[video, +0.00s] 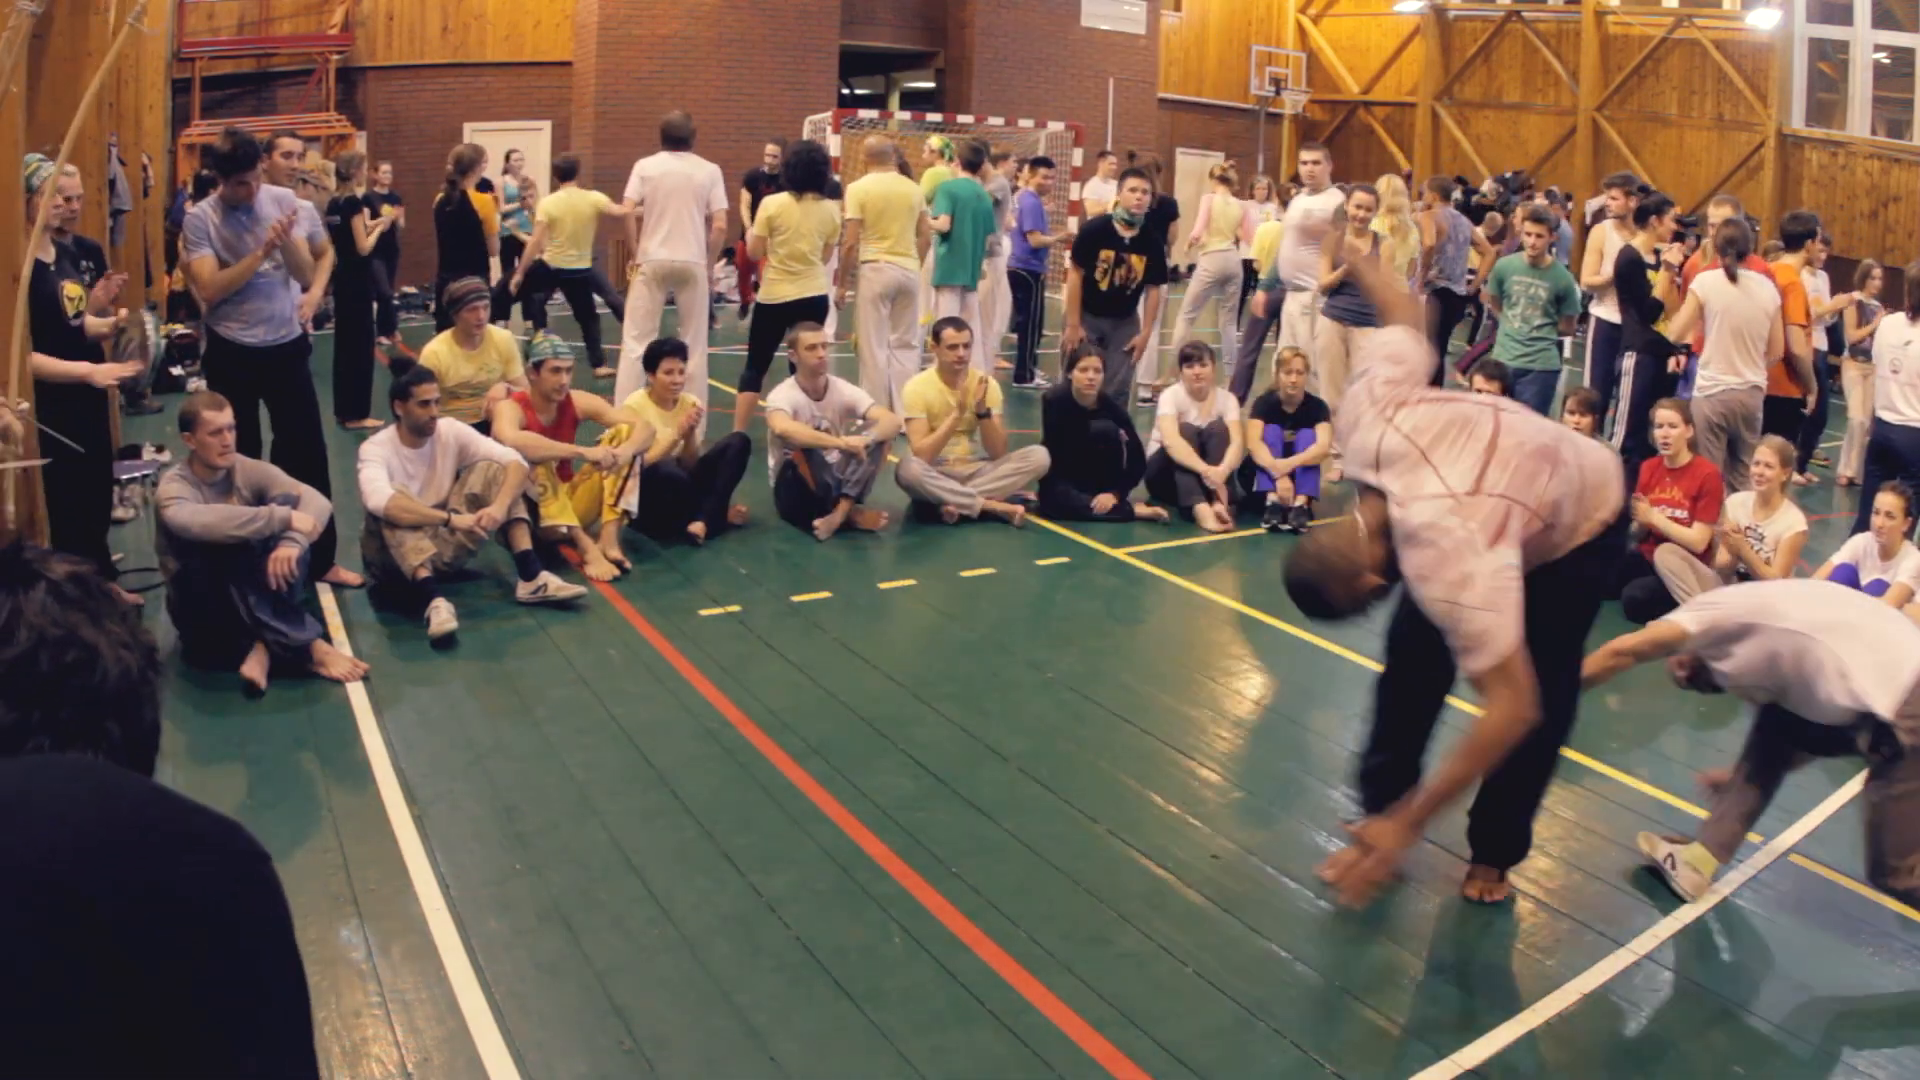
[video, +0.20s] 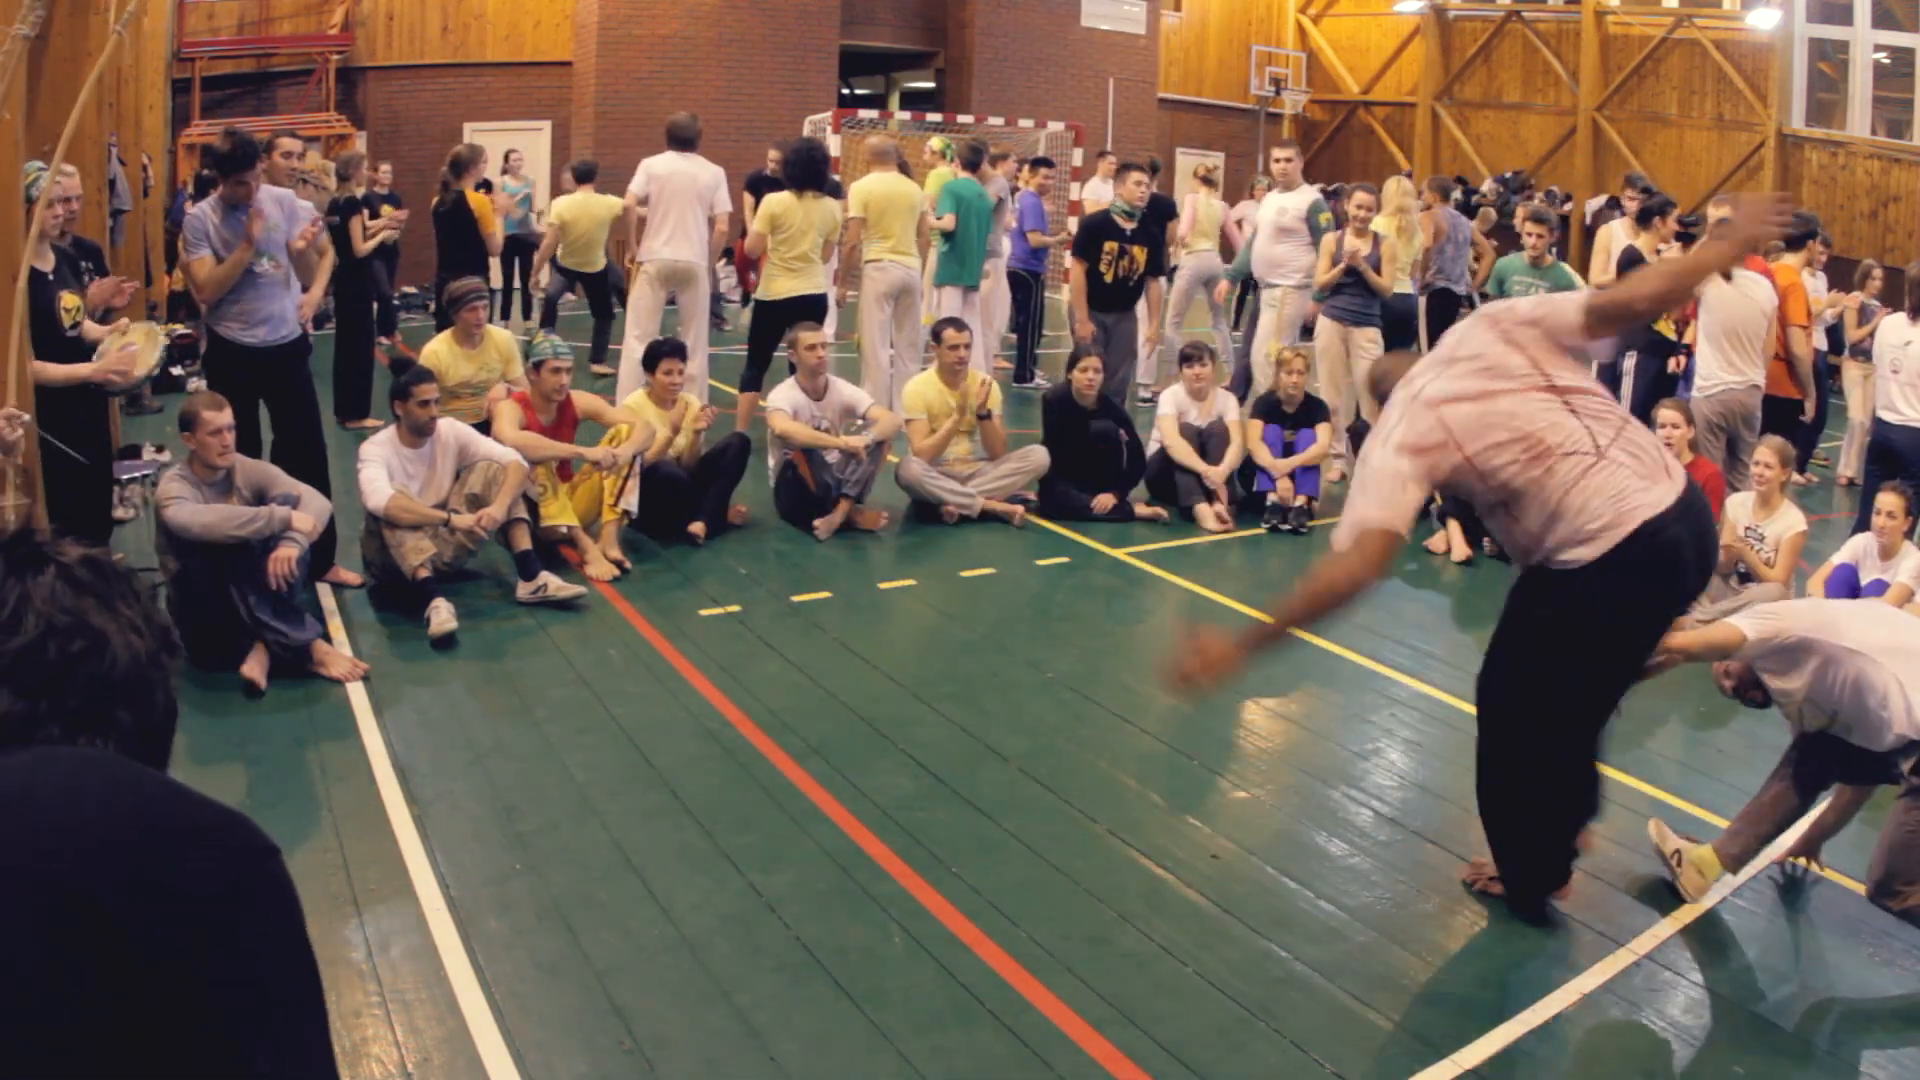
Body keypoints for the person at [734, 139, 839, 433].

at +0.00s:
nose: (778, 166)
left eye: (782, 162)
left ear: (787, 169)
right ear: (823, 172)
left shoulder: (771, 204)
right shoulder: (831, 209)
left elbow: (755, 249)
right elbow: (826, 254)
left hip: (774, 300)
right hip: (814, 298)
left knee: (755, 368)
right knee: (808, 367)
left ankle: (738, 436)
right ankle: (808, 435)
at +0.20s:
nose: (777, 166)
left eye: (781, 162)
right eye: (778, 161)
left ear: (788, 167)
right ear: (823, 169)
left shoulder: (773, 202)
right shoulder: (832, 206)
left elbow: (752, 248)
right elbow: (827, 255)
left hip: (775, 297)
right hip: (814, 296)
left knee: (756, 364)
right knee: (806, 364)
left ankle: (740, 434)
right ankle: (807, 431)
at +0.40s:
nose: (777, 165)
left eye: (782, 161)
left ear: (787, 166)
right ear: (822, 167)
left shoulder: (773, 200)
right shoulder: (831, 205)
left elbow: (753, 246)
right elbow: (825, 252)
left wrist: (775, 249)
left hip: (773, 292)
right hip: (812, 292)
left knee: (762, 367)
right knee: (804, 365)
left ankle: (760, 437)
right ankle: (805, 433)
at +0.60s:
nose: (773, 162)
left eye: (777, 158)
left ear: (782, 165)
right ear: (819, 166)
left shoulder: (771, 199)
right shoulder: (827, 202)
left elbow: (754, 246)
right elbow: (823, 249)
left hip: (770, 290)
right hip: (808, 290)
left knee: (768, 368)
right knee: (802, 365)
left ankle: (771, 440)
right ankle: (804, 435)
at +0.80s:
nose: (770, 162)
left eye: (774, 157)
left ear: (779, 163)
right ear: (815, 165)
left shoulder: (767, 196)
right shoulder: (824, 201)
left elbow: (752, 243)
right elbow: (820, 248)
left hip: (767, 287)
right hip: (805, 288)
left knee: (766, 369)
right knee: (798, 365)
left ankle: (771, 442)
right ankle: (800, 436)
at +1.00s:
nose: (767, 160)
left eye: (771, 156)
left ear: (775, 162)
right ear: (810, 164)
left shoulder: (763, 194)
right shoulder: (820, 200)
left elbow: (748, 241)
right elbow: (818, 248)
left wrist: (765, 233)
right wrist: (799, 230)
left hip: (763, 287)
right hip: (802, 288)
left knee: (766, 369)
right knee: (798, 366)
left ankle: (770, 442)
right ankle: (797, 438)